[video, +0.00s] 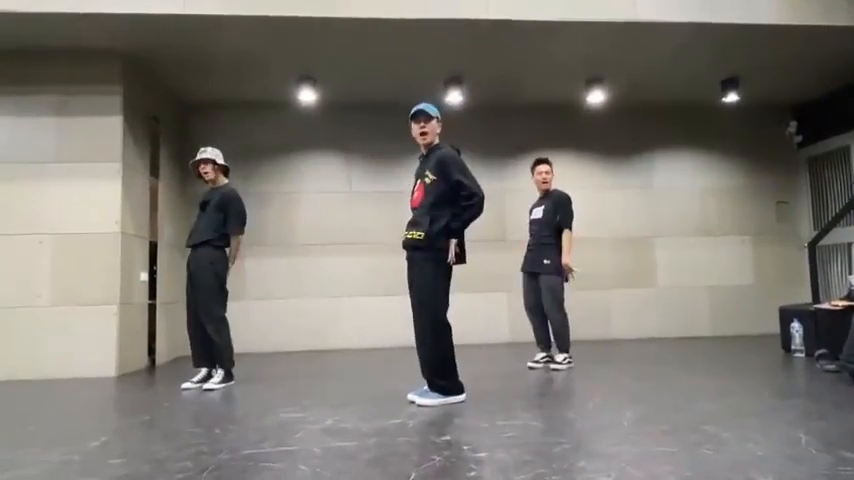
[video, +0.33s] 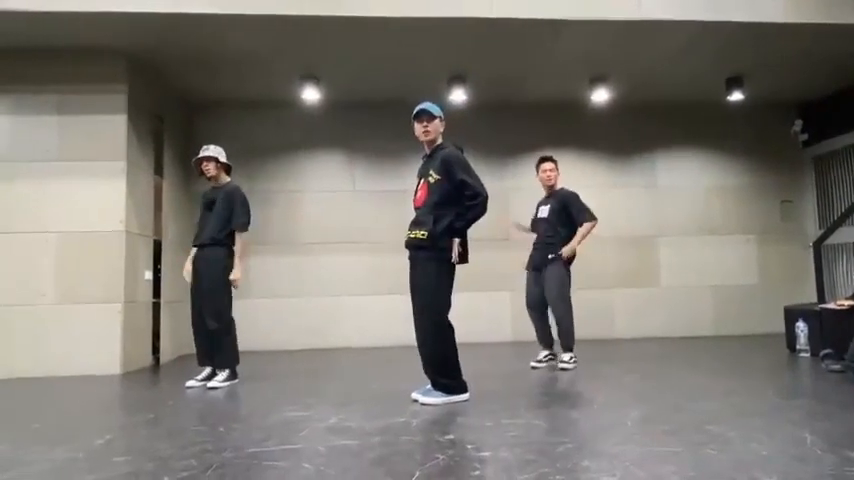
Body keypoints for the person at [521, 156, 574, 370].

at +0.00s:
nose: (544, 176)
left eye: (547, 172)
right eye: (540, 173)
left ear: (553, 175)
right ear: (533, 178)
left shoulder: (561, 198)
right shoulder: (536, 204)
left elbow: (566, 229)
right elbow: (535, 236)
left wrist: (566, 258)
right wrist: (530, 258)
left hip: (551, 263)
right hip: (531, 263)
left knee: (553, 308)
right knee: (533, 308)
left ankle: (564, 353)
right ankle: (544, 351)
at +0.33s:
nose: (549, 174)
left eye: (552, 170)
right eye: (544, 171)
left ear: (558, 173)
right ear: (538, 176)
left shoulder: (567, 196)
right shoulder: (542, 203)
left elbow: (589, 220)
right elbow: (539, 230)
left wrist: (573, 244)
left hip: (556, 259)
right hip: (536, 261)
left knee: (559, 304)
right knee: (534, 304)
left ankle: (568, 353)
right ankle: (547, 350)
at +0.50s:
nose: (549, 172)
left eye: (552, 167)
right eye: (545, 168)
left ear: (559, 170)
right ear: (539, 173)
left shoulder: (570, 194)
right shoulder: (542, 202)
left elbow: (593, 218)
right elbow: (539, 231)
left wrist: (579, 246)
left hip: (562, 258)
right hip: (541, 257)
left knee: (565, 305)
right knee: (517, 284)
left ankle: (570, 352)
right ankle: (540, 324)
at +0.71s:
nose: (549, 170)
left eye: (553, 166)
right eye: (545, 167)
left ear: (559, 169)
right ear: (539, 172)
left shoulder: (569, 193)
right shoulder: (541, 201)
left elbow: (592, 219)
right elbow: (542, 229)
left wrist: (579, 247)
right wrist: (542, 244)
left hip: (562, 256)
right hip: (541, 253)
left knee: (561, 303)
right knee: (509, 268)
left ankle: (571, 350)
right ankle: (540, 299)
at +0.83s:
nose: (546, 168)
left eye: (550, 164)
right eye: (542, 165)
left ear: (556, 168)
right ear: (536, 170)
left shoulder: (568, 192)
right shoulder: (537, 199)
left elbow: (592, 216)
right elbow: (533, 226)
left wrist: (579, 245)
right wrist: (551, 213)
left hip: (563, 254)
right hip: (540, 254)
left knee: (564, 301)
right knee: (514, 288)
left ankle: (573, 349)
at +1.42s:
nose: (515, 175)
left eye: (519, 171)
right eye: (511, 172)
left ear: (526, 173)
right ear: (506, 178)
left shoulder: (543, 196)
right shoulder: (509, 203)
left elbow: (561, 225)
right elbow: (507, 233)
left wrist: (553, 250)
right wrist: (519, 222)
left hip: (539, 256)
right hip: (517, 259)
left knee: (544, 301)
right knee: (507, 301)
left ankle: (574, 343)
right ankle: (513, 347)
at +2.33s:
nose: (541, 163)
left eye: (545, 160)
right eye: (537, 160)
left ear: (551, 164)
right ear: (532, 164)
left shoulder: (566, 185)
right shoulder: (530, 191)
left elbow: (587, 210)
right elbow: (529, 223)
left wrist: (581, 238)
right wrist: (537, 211)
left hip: (567, 248)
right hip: (542, 250)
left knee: (570, 292)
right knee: (533, 293)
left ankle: (580, 340)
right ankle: (525, 337)